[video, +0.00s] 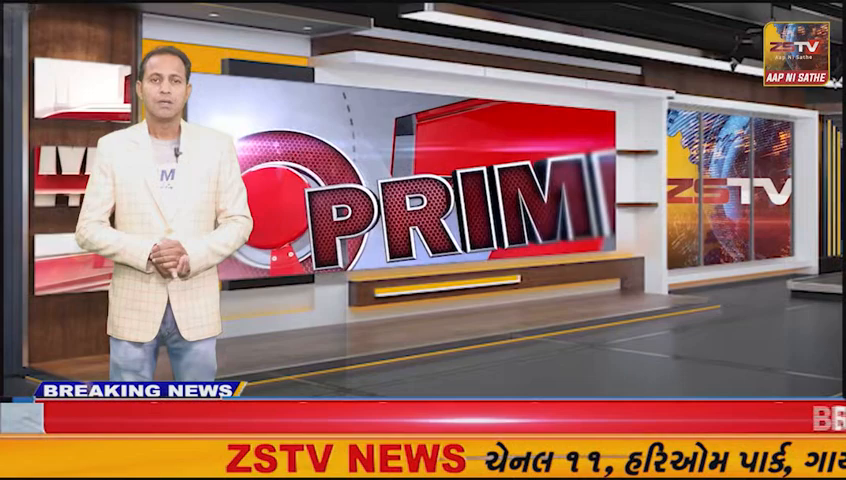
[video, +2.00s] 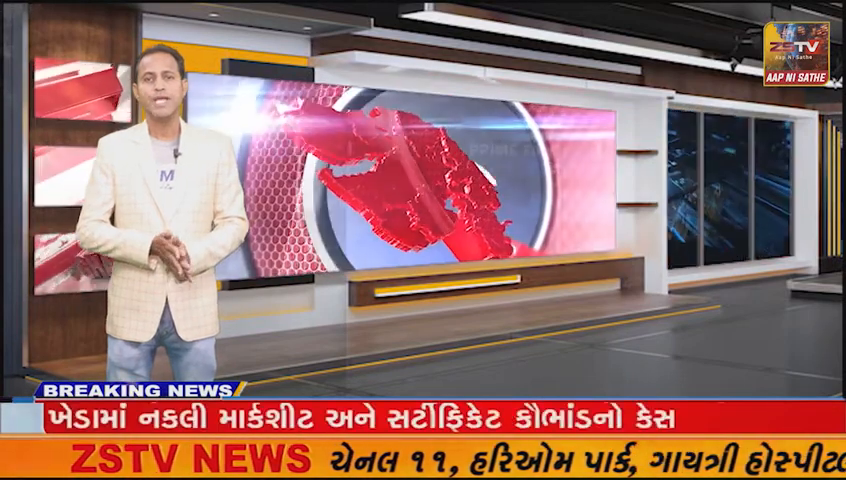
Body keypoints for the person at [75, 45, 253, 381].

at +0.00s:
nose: (165, 89)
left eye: (175, 80)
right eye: (155, 79)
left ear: (187, 91)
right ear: (140, 89)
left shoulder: (217, 146)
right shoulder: (112, 147)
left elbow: (238, 221)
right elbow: (89, 228)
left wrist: (193, 255)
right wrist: (148, 254)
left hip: (196, 302)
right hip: (134, 303)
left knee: (201, 413)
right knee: (128, 414)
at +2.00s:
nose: (159, 86)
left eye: (168, 76)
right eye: (149, 78)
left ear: (184, 86)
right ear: (136, 91)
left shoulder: (216, 146)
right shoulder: (113, 147)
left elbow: (235, 222)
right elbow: (89, 229)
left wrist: (193, 255)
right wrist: (147, 244)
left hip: (194, 303)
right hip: (132, 303)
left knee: (200, 414)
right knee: (124, 417)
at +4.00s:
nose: (164, 86)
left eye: (173, 77)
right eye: (153, 78)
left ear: (186, 87)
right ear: (139, 89)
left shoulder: (218, 148)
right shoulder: (114, 149)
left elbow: (239, 224)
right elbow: (91, 232)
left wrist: (201, 279)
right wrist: (145, 279)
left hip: (198, 310)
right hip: (134, 310)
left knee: (203, 420)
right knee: (125, 421)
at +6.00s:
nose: (163, 88)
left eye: (173, 78)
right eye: (153, 79)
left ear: (188, 87)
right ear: (140, 90)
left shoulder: (219, 148)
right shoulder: (115, 148)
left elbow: (238, 225)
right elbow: (92, 232)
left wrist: (202, 280)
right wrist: (145, 279)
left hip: (199, 309)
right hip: (135, 310)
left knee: (204, 420)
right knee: (125, 420)